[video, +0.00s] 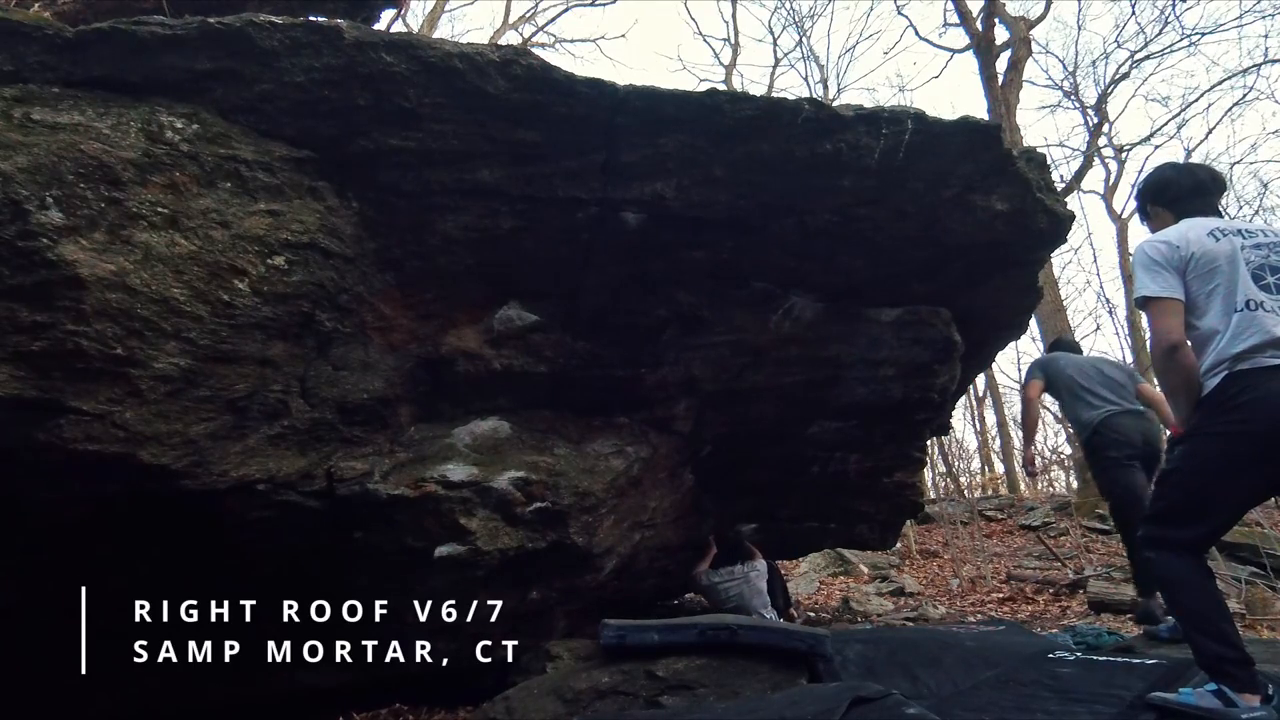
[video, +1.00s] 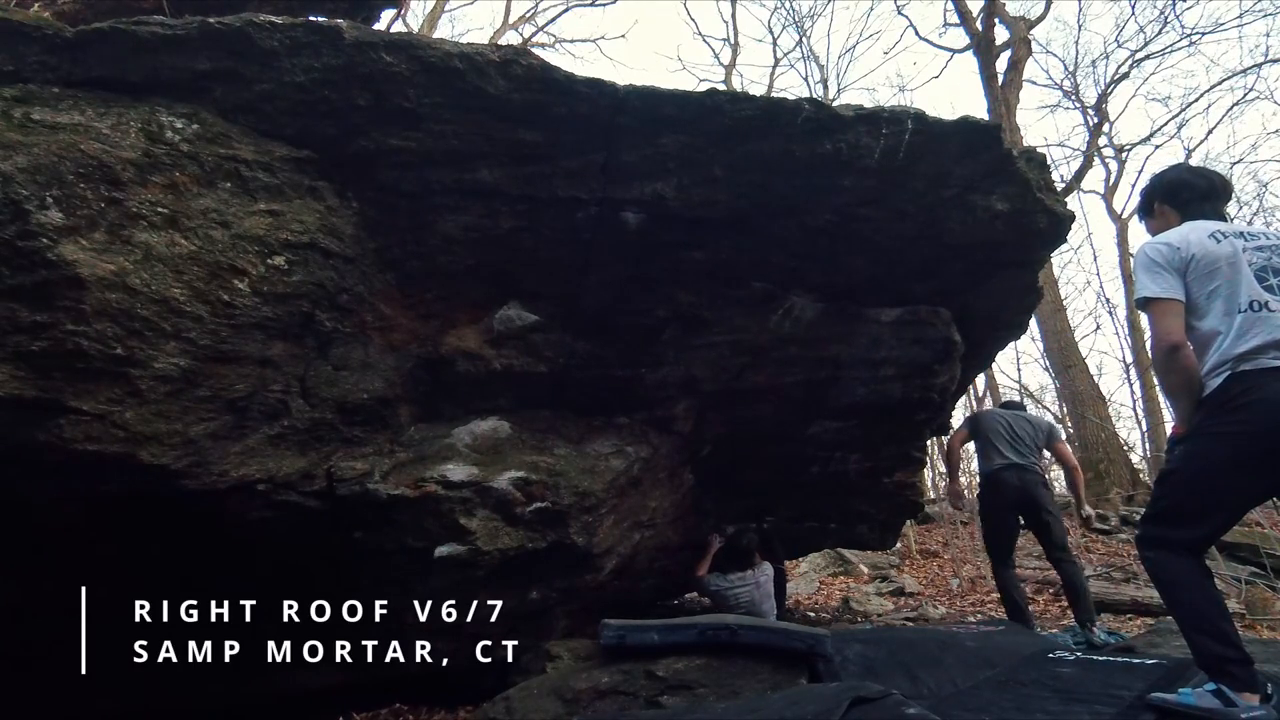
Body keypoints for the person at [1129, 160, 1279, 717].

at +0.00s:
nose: (1146, 226)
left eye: (1145, 217)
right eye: (1144, 218)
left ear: (1159, 212)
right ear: (1215, 204)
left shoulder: (1162, 245)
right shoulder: (1265, 234)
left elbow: (1171, 344)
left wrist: (1190, 424)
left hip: (1253, 393)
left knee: (1166, 537)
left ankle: (1237, 684)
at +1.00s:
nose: (1149, 229)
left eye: (1148, 219)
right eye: (1147, 220)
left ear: (1165, 211)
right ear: (1216, 207)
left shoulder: (1164, 247)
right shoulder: (1266, 237)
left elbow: (1171, 345)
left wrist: (1187, 418)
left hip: (1253, 396)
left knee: (1165, 538)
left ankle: (1236, 683)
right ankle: (1237, 681)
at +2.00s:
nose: (1146, 224)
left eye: (1150, 210)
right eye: (1141, 218)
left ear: (1192, 192)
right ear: (1200, 197)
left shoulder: (1195, 233)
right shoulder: (1258, 236)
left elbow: (1205, 334)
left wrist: (1193, 410)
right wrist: (1199, 408)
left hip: (1258, 392)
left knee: (1163, 533)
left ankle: (1235, 683)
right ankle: (1237, 680)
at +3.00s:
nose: (1125, 240)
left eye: (1124, 226)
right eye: (1120, 231)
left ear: (1148, 209)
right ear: (1170, 206)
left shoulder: (1181, 229)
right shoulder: (1237, 234)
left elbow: (1216, 314)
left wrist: (1195, 400)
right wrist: (1198, 400)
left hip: (1260, 382)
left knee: (1170, 528)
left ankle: (1237, 685)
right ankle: (1239, 682)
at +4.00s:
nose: (1008, 278)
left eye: (1007, 272)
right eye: (1007, 273)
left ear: (1015, 267)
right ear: (1060, 250)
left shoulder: (1032, 280)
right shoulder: (1117, 278)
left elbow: (1071, 349)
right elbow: (1175, 332)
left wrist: (1104, 425)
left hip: (1158, 399)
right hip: (1233, 388)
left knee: (1155, 560)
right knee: (1275, 545)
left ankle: (1235, 703)